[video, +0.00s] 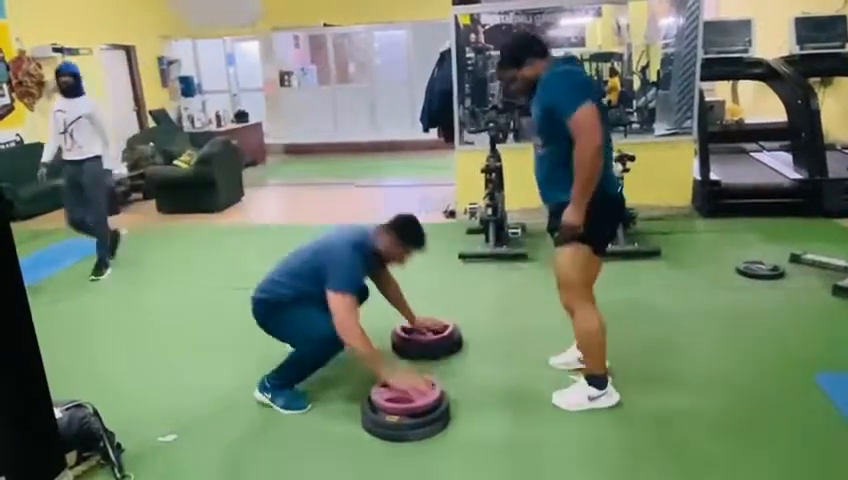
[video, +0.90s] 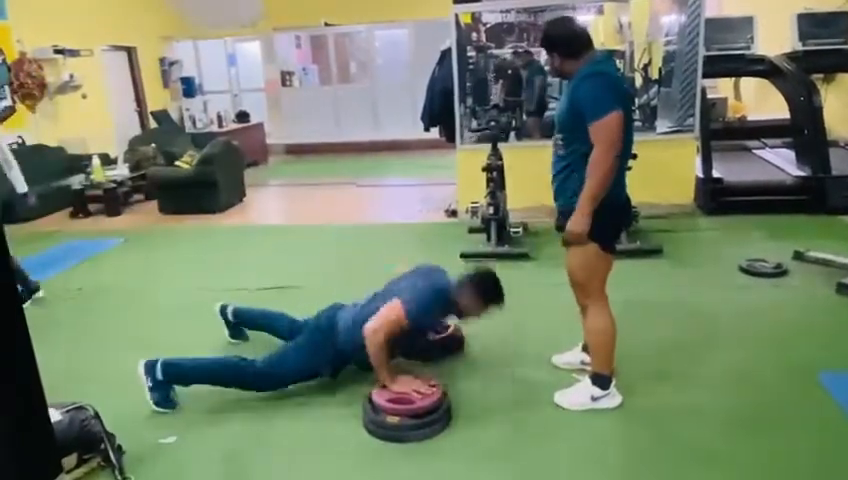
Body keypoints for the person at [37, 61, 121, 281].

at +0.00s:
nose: (65, 83)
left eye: (69, 79)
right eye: (61, 79)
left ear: (77, 80)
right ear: (57, 83)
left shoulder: (89, 105)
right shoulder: (58, 108)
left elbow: (107, 137)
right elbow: (54, 137)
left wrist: (110, 166)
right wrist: (45, 162)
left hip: (92, 162)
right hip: (70, 164)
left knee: (97, 212)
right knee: (75, 217)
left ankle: (103, 259)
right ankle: (109, 235)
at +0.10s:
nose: (50, 86)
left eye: (54, 82)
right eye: (48, 82)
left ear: (65, 82)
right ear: (46, 85)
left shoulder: (81, 105)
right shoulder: (51, 108)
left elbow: (90, 137)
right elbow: (49, 139)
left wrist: (87, 167)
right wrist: (41, 165)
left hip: (82, 166)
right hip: (59, 167)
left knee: (91, 217)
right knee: (56, 221)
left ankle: (101, 260)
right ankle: (85, 247)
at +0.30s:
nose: (17, 89)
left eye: (21, 84)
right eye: (16, 85)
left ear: (33, 85)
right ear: (19, 88)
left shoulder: (51, 110)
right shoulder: (26, 112)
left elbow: (60, 148)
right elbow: (32, 144)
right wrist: (31, 166)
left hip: (62, 173)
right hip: (42, 176)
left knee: (81, 221)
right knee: (42, 231)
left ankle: (99, 259)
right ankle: (36, 279)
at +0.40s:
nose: (4, 89)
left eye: (8, 83)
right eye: (3, 84)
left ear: (20, 85)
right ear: (7, 89)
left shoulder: (41, 110)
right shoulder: (10, 114)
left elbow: (48, 149)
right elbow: (14, 146)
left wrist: (27, 167)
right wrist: (15, 169)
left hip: (46, 175)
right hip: (23, 177)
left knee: (65, 227)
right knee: (28, 233)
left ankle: (94, 257)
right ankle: (32, 283)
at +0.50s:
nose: (1, 92)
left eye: (2, 88)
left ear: (4, 90)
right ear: (14, 88)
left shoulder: (25, 113)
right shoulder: (8, 115)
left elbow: (33, 150)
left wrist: (22, 177)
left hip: (26, 176)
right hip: (7, 178)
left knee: (43, 236)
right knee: (17, 238)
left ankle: (77, 255)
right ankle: (33, 286)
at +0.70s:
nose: (7, 88)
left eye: (6, 84)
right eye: (6, 84)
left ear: (6, 86)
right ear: (6, 87)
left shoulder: (8, 111)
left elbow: (24, 150)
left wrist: (30, 182)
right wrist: (28, 181)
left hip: (10, 173)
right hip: (7, 174)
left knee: (13, 234)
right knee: (12, 234)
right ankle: (28, 285)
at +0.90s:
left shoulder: (2, 143)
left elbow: (8, 162)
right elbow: (9, 162)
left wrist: (22, 189)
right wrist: (22, 189)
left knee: (7, 256)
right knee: (6, 255)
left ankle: (27, 285)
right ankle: (26, 285)